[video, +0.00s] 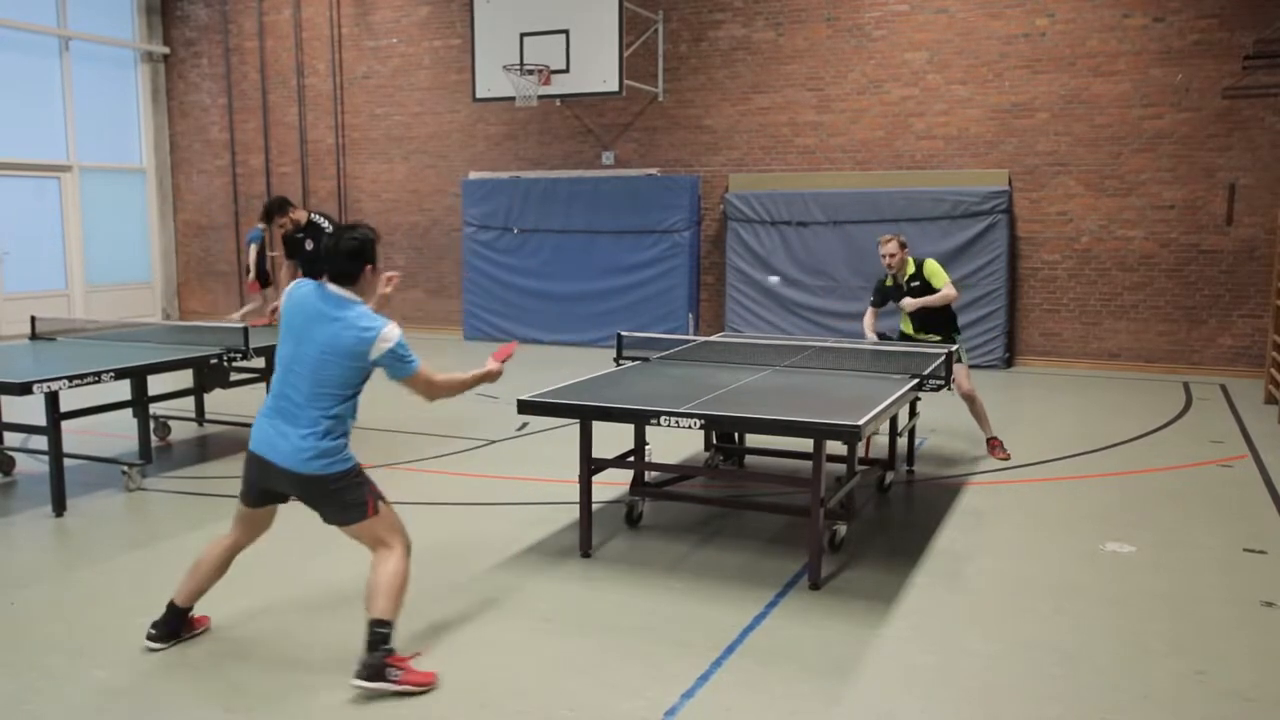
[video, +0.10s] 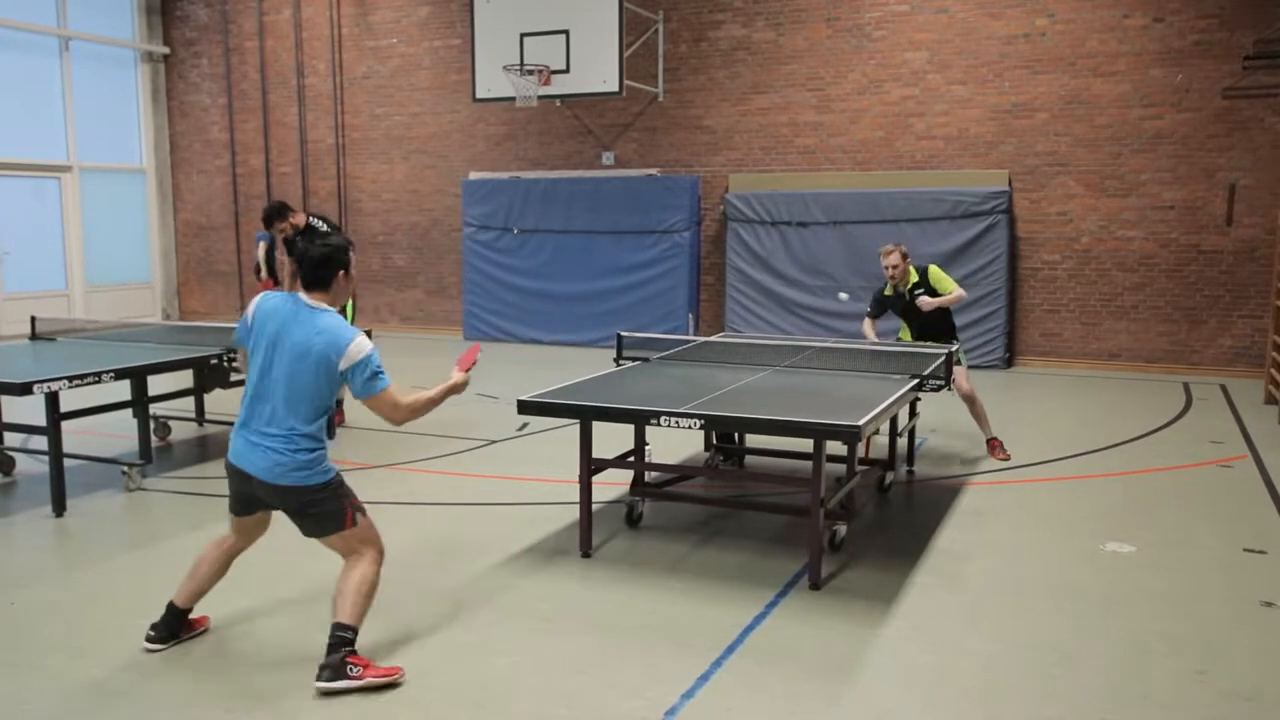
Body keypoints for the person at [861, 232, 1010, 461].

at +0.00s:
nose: (887, 261)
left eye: (892, 255)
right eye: (883, 257)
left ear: (905, 253)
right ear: (880, 258)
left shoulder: (927, 266)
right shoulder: (886, 283)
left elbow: (951, 294)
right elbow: (870, 314)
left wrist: (917, 302)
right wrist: (870, 332)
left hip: (944, 340)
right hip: (909, 341)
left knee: (966, 390)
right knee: (880, 383)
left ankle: (991, 439)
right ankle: (865, 439)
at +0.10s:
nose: (890, 273)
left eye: (895, 267)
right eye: (886, 268)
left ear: (907, 263)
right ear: (882, 268)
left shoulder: (928, 273)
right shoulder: (885, 293)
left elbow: (960, 294)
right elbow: (868, 322)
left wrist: (935, 302)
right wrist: (873, 339)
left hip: (946, 343)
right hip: (912, 346)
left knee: (965, 391)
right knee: (885, 384)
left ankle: (991, 440)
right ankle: (869, 431)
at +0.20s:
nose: (898, 280)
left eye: (902, 274)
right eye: (893, 276)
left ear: (911, 267)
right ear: (887, 272)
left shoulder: (930, 271)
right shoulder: (885, 294)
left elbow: (964, 286)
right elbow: (873, 330)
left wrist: (960, 298)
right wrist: (889, 342)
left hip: (944, 342)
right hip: (909, 346)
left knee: (966, 388)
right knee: (882, 384)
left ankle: (991, 439)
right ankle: (868, 434)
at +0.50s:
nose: (904, 263)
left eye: (909, 258)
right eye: (899, 258)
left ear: (917, 254)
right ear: (891, 255)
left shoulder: (932, 266)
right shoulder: (884, 284)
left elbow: (957, 282)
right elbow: (859, 313)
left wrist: (968, 297)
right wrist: (859, 328)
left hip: (936, 337)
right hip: (900, 338)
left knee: (965, 384)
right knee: (878, 384)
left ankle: (991, 439)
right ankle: (867, 436)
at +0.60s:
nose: (903, 252)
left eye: (908, 246)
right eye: (898, 246)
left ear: (916, 244)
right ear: (891, 244)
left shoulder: (933, 260)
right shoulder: (882, 275)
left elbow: (959, 280)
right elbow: (864, 305)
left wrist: (963, 297)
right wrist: (860, 324)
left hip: (935, 334)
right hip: (898, 335)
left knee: (964, 380)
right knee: (877, 383)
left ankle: (984, 434)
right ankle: (865, 438)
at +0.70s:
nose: (905, 249)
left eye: (909, 244)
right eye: (900, 244)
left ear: (918, 244)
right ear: (893, 245)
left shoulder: (935, 263)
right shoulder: (885, 274)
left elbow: (963, 288)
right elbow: (870, 304)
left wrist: (955, 303)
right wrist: (861, 322)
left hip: (935, 334)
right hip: (899, 334)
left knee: (962, 384)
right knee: (877, 382)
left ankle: (976, 431)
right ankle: (864, 438)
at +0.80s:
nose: (904, 247)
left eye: (909, 242)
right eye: (899, 242)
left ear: (917, 242)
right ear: (892, 243)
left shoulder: (933, 262)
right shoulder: (886, 271)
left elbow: (959, 291)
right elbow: (872, 302)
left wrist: (943, 307)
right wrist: (862, 319)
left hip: (933, 332)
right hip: (898, 331)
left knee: (959, 382)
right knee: (875, 379)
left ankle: (975, 431)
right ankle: (864, 437)